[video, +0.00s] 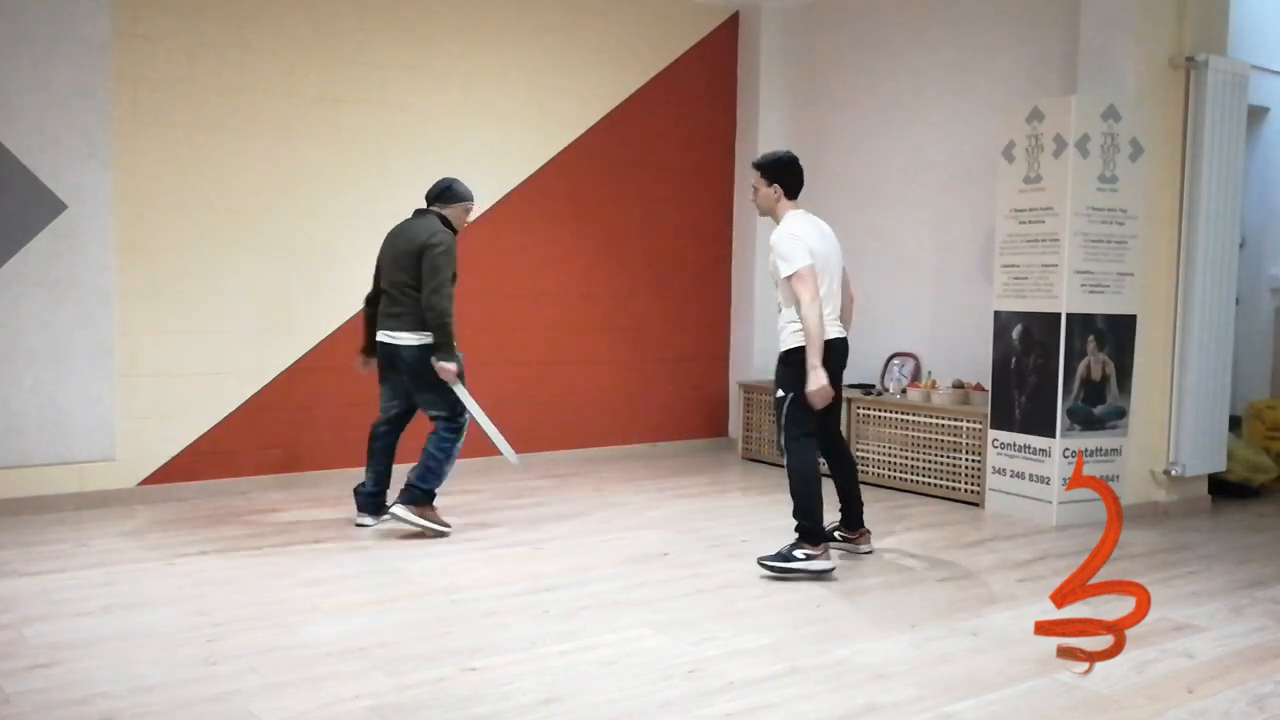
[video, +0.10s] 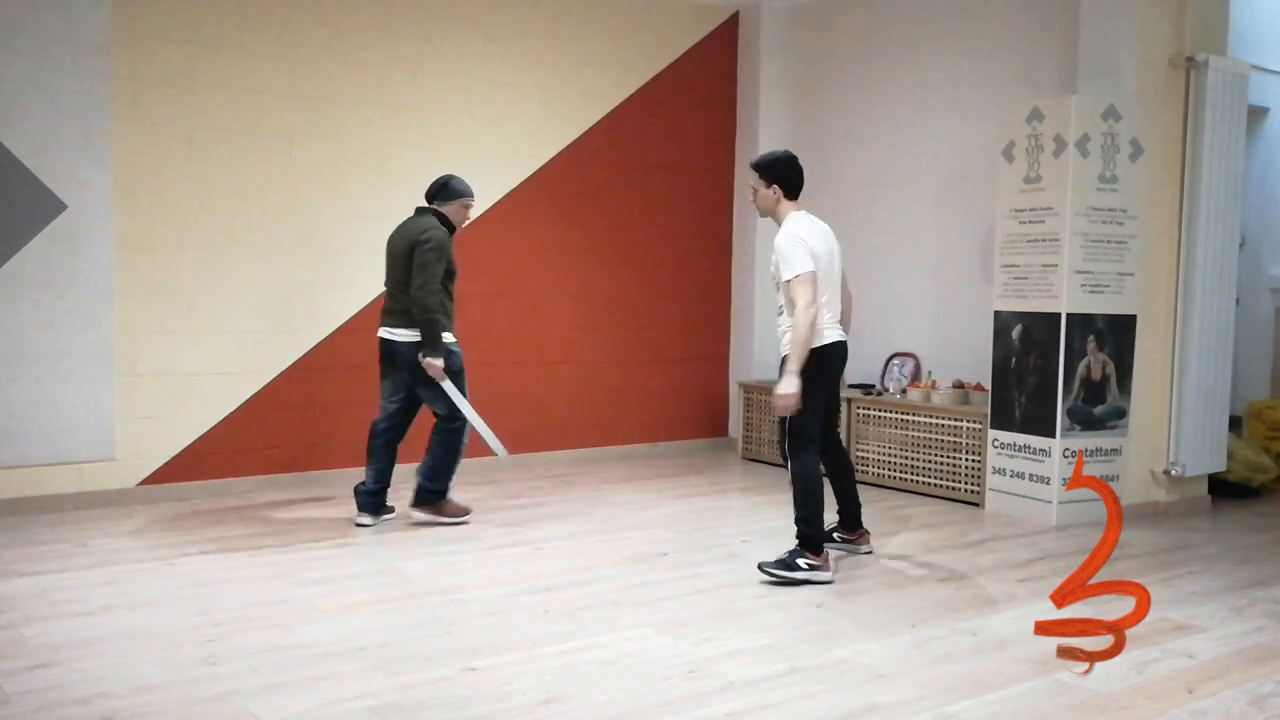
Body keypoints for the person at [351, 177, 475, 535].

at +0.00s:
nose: (469, 219)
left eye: (470, 212)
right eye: (467, 212)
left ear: (434, 205)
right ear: (449, 208)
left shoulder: (399, 232)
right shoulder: (440, 238)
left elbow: (377, 292)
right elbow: (436, 298)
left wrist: (370, 342)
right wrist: (445, 353)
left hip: (388, 345)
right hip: (420, 347)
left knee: (391, 418)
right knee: (453, 418)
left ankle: (370, 503)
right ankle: (417, 499)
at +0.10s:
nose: (468, 215)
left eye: (470, 208)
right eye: (465, 207)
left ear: (435, 203)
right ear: (446, 204)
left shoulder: (404, 230)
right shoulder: (435, 235)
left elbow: (396, 288)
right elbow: (426, 293)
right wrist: (433, 349)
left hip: (394, 343)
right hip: (428, 344)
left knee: (391, 421)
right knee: (454, 417)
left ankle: (370, 503)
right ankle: (430, 496)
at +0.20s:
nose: (472, 215)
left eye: (473, 208)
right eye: (467, 207)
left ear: (439, 207)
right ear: (447, 206)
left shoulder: (414, 232)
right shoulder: (434, 238)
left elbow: (415, 289)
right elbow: (422, 294)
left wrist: (453, 321)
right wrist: (427, 351)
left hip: (401, 343)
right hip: (433, 346)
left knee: (392, 421)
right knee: (451, 418)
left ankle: (371, 503)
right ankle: (452, 492)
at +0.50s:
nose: (497, 219)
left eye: (498, 212)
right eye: (492, 211)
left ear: (472, 213)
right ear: (471, 212)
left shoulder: (461, 243)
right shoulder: (454, 250)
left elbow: (477, 297)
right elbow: (448, 311)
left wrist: (513, 315)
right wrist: (451, 364)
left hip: (461, 347)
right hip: (468, 350)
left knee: (454, 413)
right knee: (476, 422)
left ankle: (403, 469)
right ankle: (462, 492)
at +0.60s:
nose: (503, 216)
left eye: (505, 210)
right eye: (497, 210)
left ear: (497, 210)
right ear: (477, 210)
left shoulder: (478, 242)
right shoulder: (457, 247)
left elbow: (485, 298)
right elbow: (455, 305)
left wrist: (513, 322)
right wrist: (465, 359)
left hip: (486, 344)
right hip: (466, 346)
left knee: (487, 411)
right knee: (478, 417)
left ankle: (440, 468)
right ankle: (462, 489)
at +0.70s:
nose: (509, 214)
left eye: (512, 207)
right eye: (503, 207)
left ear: (511, 209)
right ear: (483, 208)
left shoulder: (492, 240)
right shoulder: (463, 243)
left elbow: (496, 296)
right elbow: (457, 302)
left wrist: (517, 330)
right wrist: (476, 354)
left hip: (497, 344)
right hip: (471, 345)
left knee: (511, 406)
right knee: (479, 412)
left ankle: (489, 480)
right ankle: (460, 491)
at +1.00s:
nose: (539, 217)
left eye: (542, 210)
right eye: (531, 210)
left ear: (545, 213)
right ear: (512, 213)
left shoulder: (538, 248)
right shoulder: (489, 250)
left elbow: (542, 303)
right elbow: (477, 304)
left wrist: (569, 336)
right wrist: (502, 352)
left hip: (536, 352)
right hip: (499, 353)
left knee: (556, 416)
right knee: (501, 421)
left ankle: (553, 489)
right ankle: (472, 483)